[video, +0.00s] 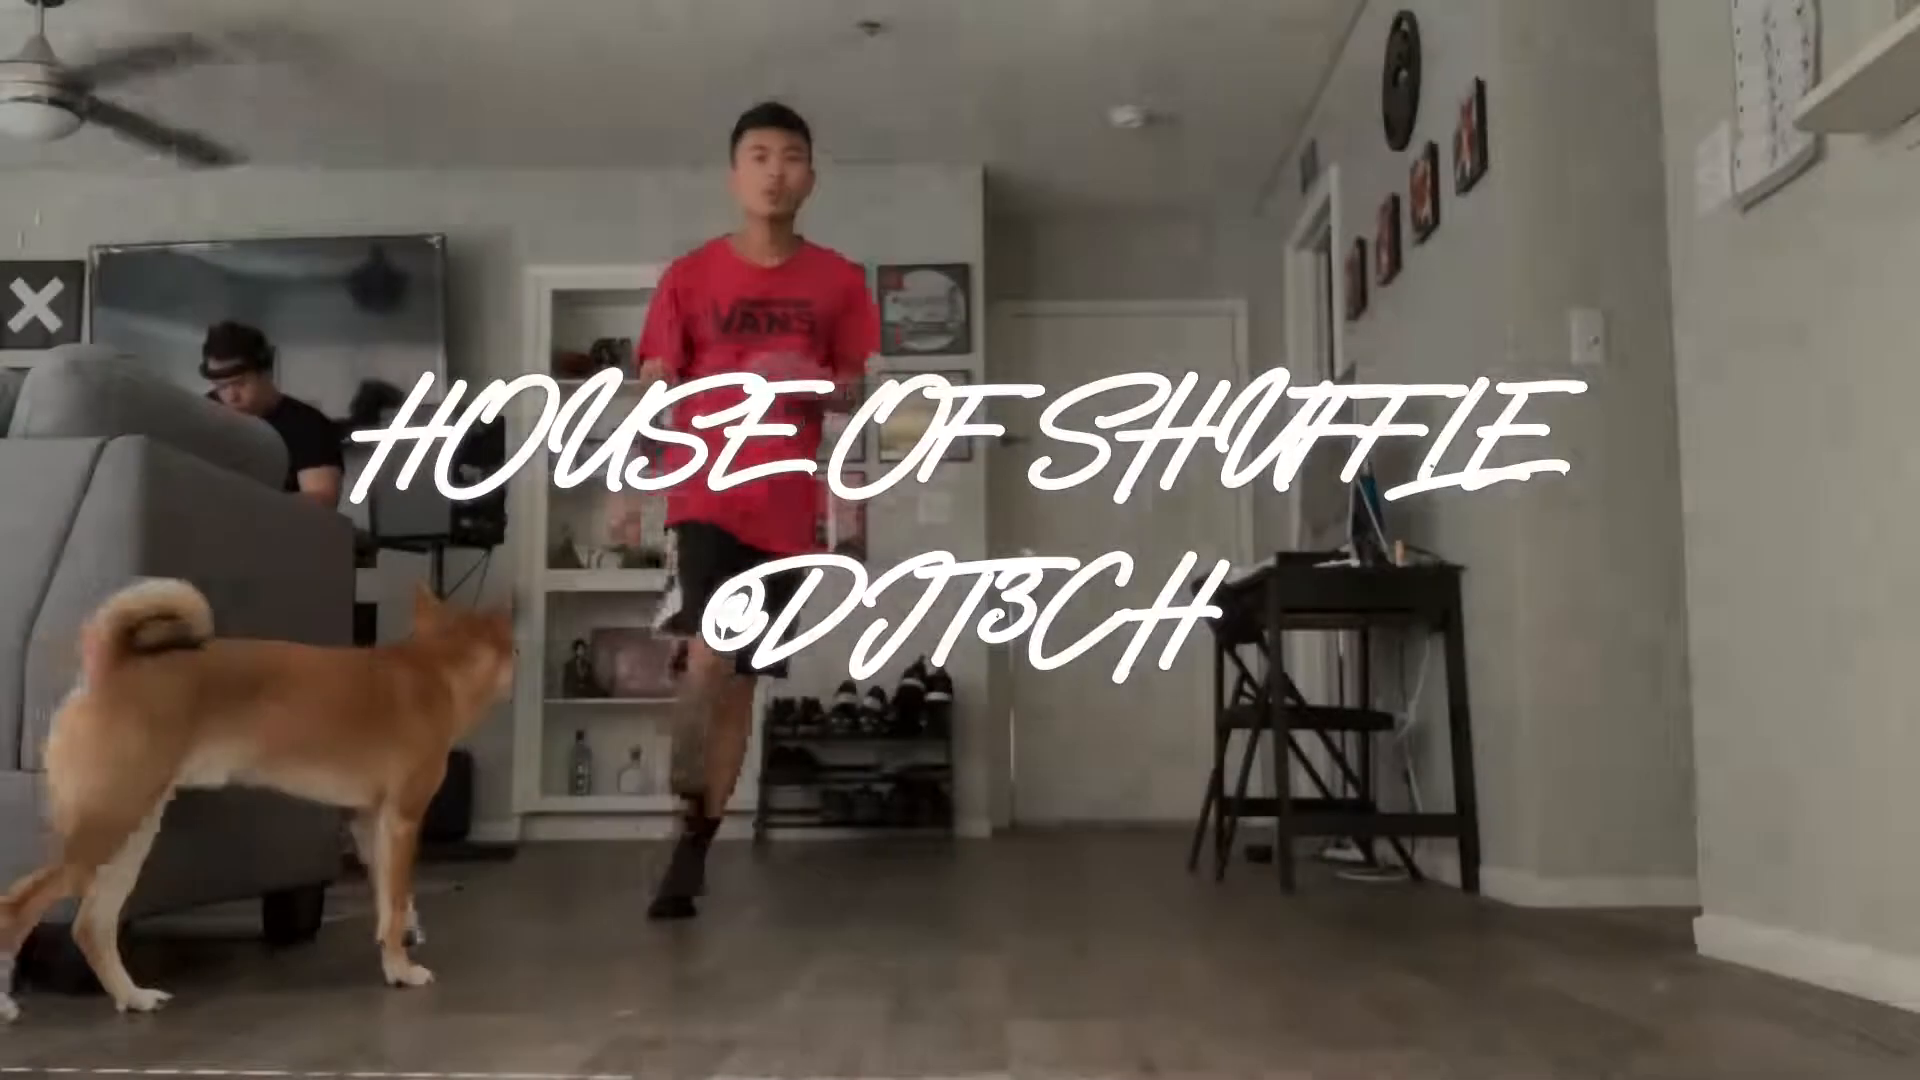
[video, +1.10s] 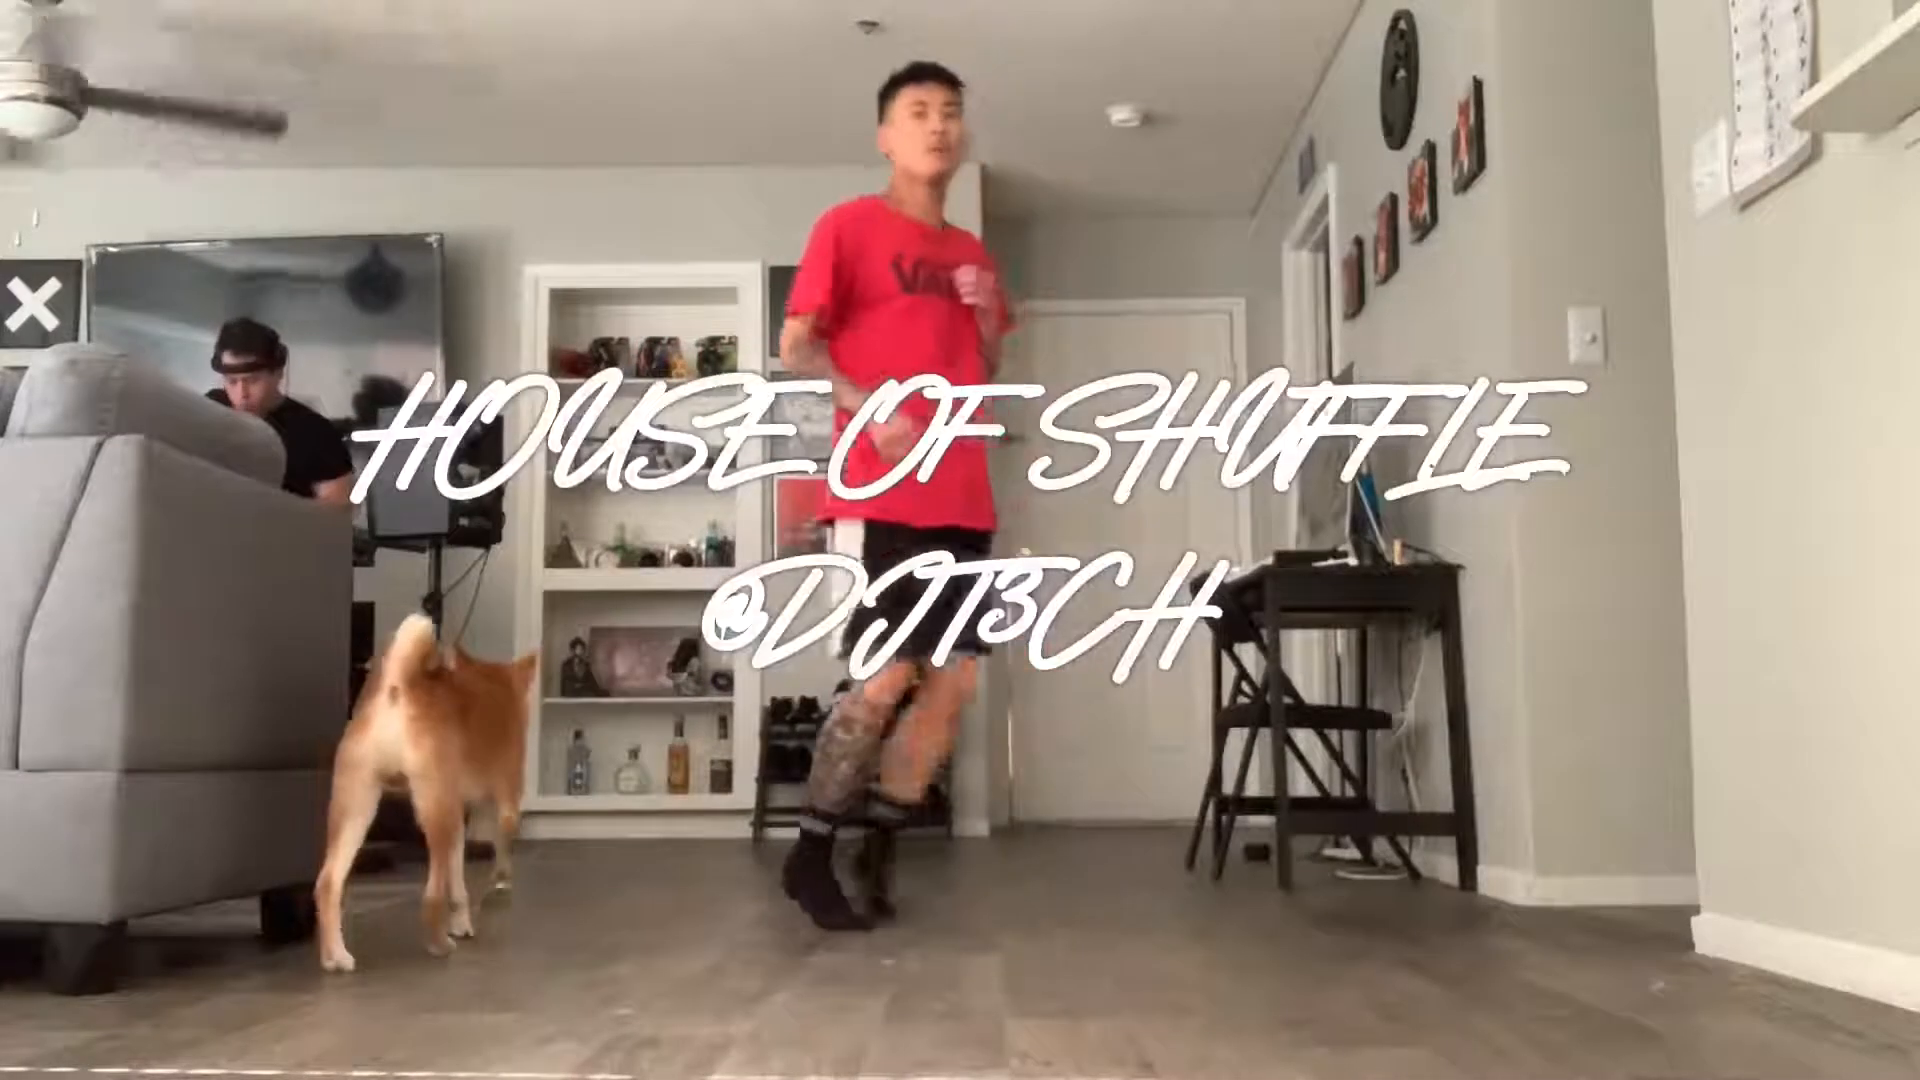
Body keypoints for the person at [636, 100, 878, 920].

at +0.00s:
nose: (776, 170)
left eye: (791, 158)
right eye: (760, 157)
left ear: (811, 177)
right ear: (732, 173)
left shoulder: (839, 281)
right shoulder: (688, 277)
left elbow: (862, 397)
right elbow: (652, 393)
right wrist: (628, 484)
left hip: (793, 503)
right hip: (705, 495)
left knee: (740, 682)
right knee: (709, 657)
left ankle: (695, 850)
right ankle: (691, 824)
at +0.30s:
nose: (836, 158)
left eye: (846, 147)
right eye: (817, 147)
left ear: (862, 167)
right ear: (781, 168)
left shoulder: (892, 270)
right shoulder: (754, 271)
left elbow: (909, 390)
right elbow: (719, 398)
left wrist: (916, 438)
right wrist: (714, 502)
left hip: (873, 510)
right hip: (788, 509)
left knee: (844, 706)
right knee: (802, 690)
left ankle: (725, 823)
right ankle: (791, 880)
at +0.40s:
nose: (885, 160)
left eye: (891, 150)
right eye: (865, 148)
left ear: (898, 176)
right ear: (819, 171)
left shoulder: (924, 282)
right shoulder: (789, 271)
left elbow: (941, 396)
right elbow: (757, 395)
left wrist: (932, 477)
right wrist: (770, 491)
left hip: (902, 522)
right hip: (821, 520)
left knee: (941, 690)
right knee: (839, 695)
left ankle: (812, 785)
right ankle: (797, 882)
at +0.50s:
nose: (935, 147)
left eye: (940, 136)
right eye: (916, 132)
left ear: (941, 162)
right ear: (864, 154)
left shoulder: (946, 267)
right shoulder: (841, 240)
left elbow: (953, 385)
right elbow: (792, 369)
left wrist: (969, 460)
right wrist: (841, 442)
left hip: (948, 516)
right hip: (868, 518)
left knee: (1010, 666)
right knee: (854, 690)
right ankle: (801, 875)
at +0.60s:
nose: (981, 161)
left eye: (982, 150)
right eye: (962, 145)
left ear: (976, 170)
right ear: (908, 162)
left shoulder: (967, 270)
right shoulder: (882, 249)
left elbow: (963, 380)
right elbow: (836, 356)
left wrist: (1001, 441)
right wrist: (914, 418)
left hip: (994, 513)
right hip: (915, 520)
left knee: (1057, 680)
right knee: (906, 693)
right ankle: (807, 868)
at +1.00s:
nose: (968, 119)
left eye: (977, 107)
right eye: (949, 105)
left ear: (985, 134)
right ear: (908, 129)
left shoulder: (983, 245)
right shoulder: (874, 215)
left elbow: (980, 370)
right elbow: (821, 333)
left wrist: (1007, 327)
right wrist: (902, 387)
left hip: (989, 490)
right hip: (912, 487)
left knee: (1026, 660)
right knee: (912, 661)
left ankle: (1016, 849)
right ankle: (822, 844)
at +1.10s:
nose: (939, 127)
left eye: (950, 115)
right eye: (921, 115)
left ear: (965, 137)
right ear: (885, 136)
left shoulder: (972, 252)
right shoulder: (848, 227)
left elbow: (988, 376)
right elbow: (796, 347)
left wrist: (995, 327)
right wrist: (868, 410)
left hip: (963, 496)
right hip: (882, 493)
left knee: (953, 677)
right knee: (887, 670)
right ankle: (814, 851)